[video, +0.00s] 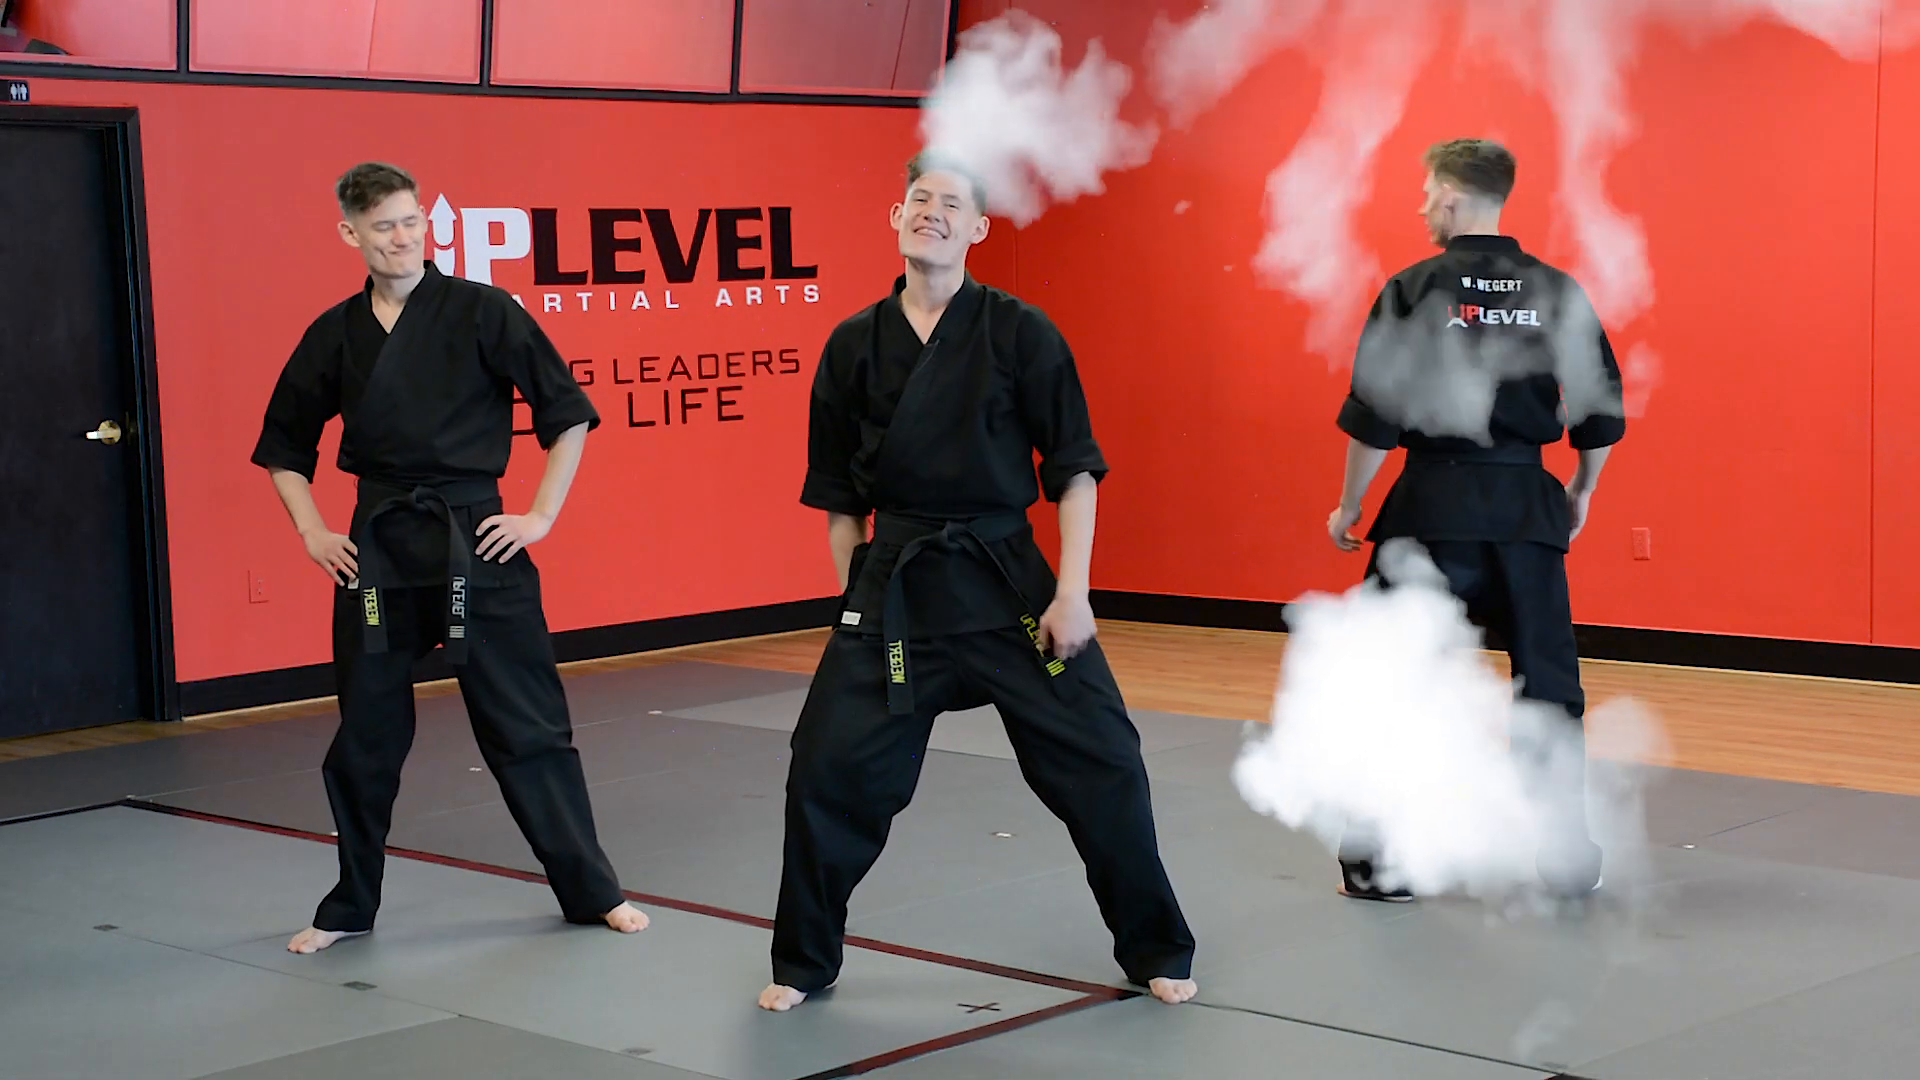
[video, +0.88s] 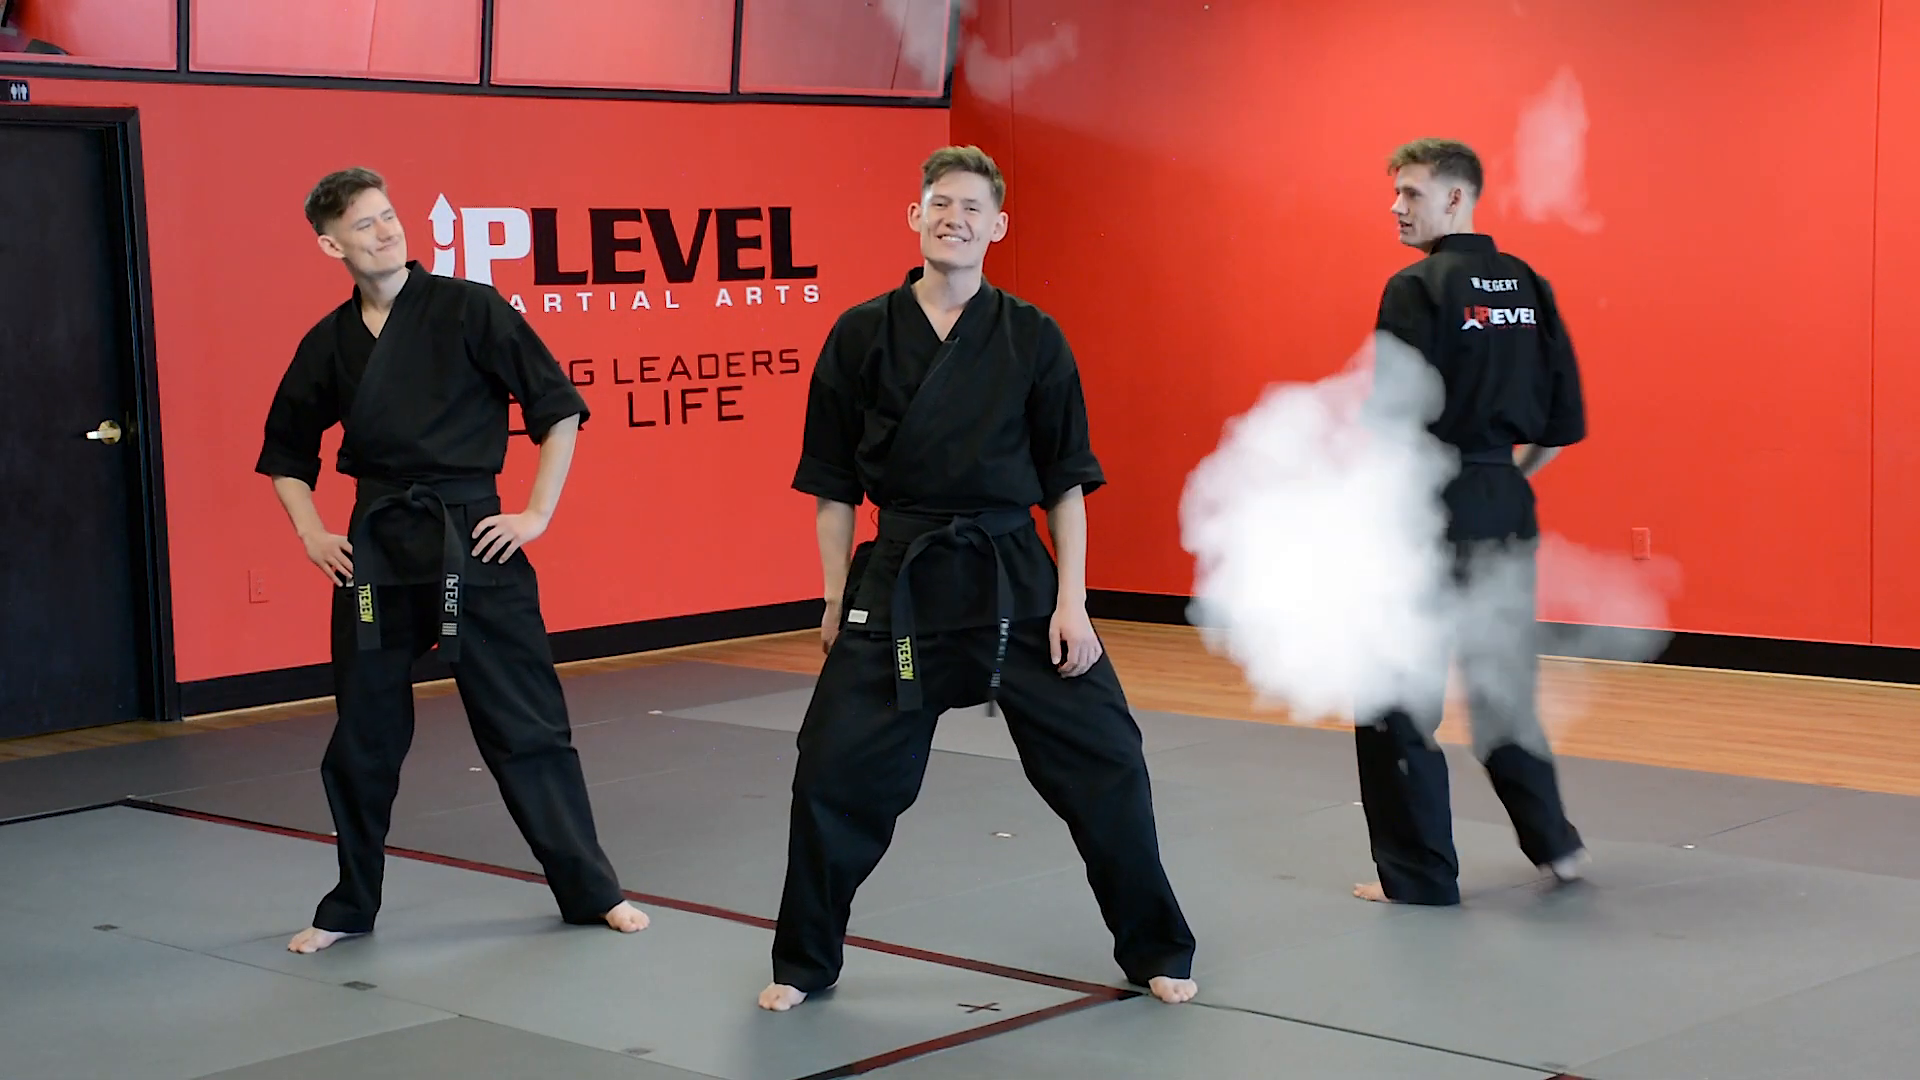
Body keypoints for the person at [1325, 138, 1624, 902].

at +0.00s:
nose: (1422, 204)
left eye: (1427, 191)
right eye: (1426, 189)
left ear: (1444, 195)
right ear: (1502, 198)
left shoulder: (1412, 290)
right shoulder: (1558, 291)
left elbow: (1376, 410)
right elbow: (1600, 408)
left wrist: (1350, 501)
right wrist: (1581, 494)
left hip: (1429, 512)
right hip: (1529, 518)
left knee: (1390, 680)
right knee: (1549, 683)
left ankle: (1379, 853)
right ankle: (1564, 856)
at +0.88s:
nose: (1395, 207)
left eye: (1408, 194)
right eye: (1396, 193)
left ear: (1457, 199)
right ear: (1461, 205)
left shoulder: (1417, 284)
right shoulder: (1528, 283)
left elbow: (1398, 411)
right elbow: (1563, 416)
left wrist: (1361, 484)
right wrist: (1508, 470)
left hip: (1428, 506)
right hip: (1506, 506)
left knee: (1396, 695)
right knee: (1501, 689)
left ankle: (1420, 876)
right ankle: (1557, 847)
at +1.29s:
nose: (1407, 206)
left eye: (1423, 193)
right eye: (1397, 193)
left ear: (1454, 201)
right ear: (1385, 203)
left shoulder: (1471, 285)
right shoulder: (1418, 286)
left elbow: (1503, 415)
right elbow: (1420, 412)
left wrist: (1437, 507)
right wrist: (1391, 507)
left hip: (1462, 505)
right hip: (1428, 501)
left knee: (1419, 678)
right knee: (1422, 675)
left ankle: (1447, 864)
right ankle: (1463, 844)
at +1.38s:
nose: (1405, 205)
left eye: (1420, 192)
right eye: (1394, 192)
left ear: (1451, 201)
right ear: (1381, 201)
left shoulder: (1471, 285)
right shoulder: (1411, 289)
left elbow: (1509, 413)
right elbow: (1412, 419)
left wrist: (1448, 504)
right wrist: (1391, 523)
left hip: (1458, 514)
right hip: (1417, 511)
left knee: (1442, 690)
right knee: (1414, 684)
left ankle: (1471, 869)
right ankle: (1452, 844)